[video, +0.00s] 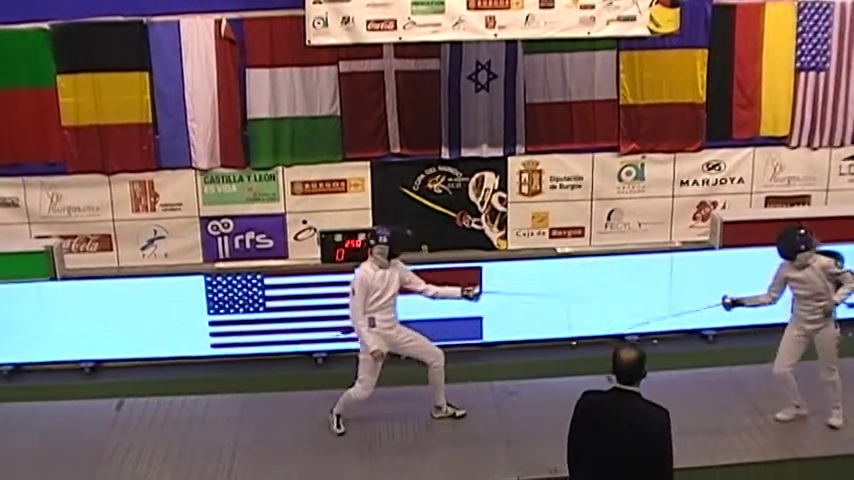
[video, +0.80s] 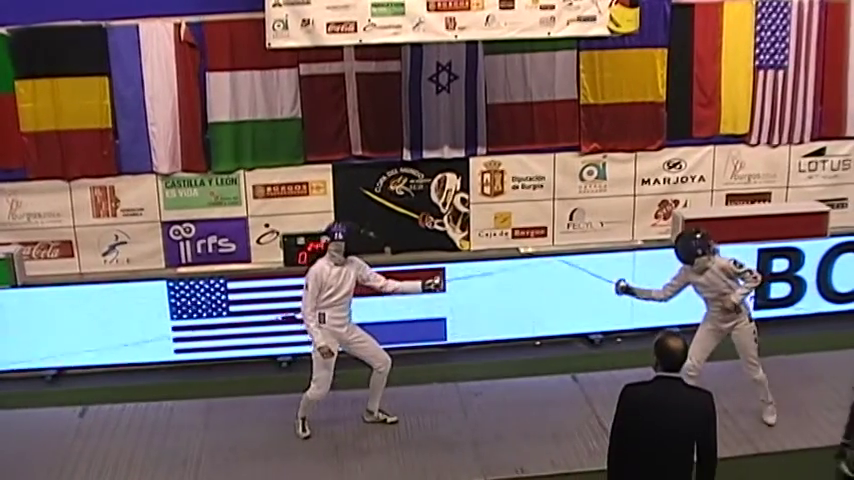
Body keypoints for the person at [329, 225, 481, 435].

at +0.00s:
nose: (381, 250)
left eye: (385, 246)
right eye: (377, 245)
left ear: (390, 248)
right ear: (370, 248)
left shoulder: (397, 269)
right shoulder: (363, 275)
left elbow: (427, 289)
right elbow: (356, 314)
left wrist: (461, 292)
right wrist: (370, 345)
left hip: (394, 330)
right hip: (371, 334)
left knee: (435, 357)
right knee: (363, 390)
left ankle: (440, 407)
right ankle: (337, 412)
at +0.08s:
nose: (370, 245)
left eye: (374, 241)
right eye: (367, 240)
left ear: (380, 244)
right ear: (360, 242)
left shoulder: (385, 266)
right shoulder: (350, 271)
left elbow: (412, 289)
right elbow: (343, 310)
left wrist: (446, 296)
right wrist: (357, 340)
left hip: (381, 328)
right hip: (358, 331)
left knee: (419, 358)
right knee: (352, 387)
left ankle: (433, 407)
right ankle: (331, 413)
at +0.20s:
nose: (356, 242)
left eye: (360, 238)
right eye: (352, 237)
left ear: (365, 240)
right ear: (345, 238)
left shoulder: (369, 262)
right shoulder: (334, 267)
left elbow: (390, 289)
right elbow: (326, 308)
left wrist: (423, 303)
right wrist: (340, 338)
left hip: (364, 324)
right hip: (341, 326)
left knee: (399, 360)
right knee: (340, 382)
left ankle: (407, 408)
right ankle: (326, 414)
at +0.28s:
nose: (349, 244)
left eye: (353, 240)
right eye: (345, 239)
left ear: (358, 242)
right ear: (338, 240)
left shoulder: (362, 265)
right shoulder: (327, 269)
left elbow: (383, 293)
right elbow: (317, 309)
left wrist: (414, 309)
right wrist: (330, 340)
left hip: (356, 326)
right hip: (333, 329)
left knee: (390, 364)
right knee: (334, 385)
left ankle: (376, 412)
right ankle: (322, 415)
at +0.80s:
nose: (336, 247)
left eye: (340, 243)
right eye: (333, 242)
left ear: (347, 245)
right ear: (327, 243)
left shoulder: (355, 265)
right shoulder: (318, 271)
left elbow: (384, 285)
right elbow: (307, 311)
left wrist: (423, 286)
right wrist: (319, 342)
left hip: (347, 329)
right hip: (324, 332)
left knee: (383, 363)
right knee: (319, 390)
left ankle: (372, 412)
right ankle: (301, 416)